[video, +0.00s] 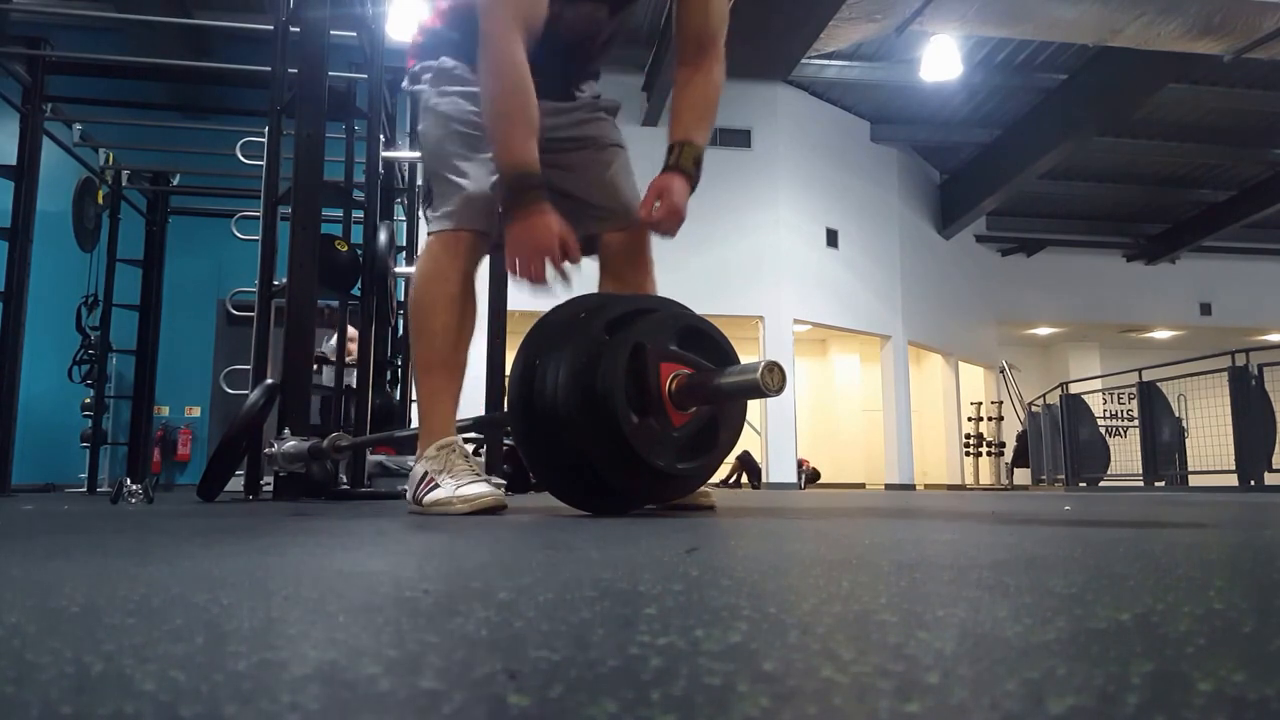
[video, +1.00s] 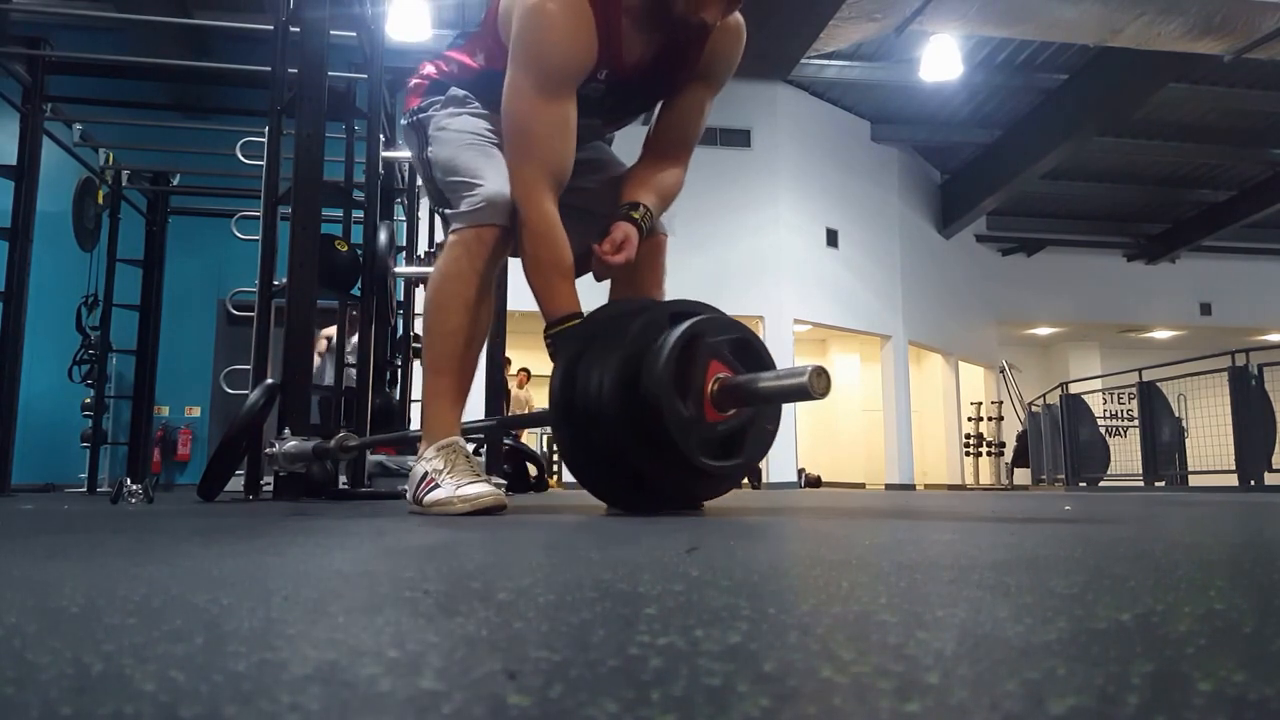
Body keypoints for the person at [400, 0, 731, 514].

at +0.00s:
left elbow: (702, 54)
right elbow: (502, 34)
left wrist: (681, 167)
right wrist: (524, 195)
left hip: (566, 84)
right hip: (463, 65)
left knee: (627, 232)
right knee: (463, 223)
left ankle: (648, 456)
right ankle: (437, 453)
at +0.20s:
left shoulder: (704, 4)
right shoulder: (533, 5)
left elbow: (666, 107)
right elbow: (523, 138)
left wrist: (634, 200)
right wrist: (542, 304)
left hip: (571, 111)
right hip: (461, 85)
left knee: (638, 235)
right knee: (473, 203)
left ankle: (645, 455)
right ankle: (438, 453)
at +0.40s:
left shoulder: (721, 19)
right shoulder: (547, 10)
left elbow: (666, 144)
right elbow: (524, 167)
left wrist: (622, 219)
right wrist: (546, 318)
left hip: (578, 118)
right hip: (467, 92)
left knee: (650, 237)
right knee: (479, 210)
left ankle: (646, 457)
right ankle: (438, 453)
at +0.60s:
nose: (721, 5)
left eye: (730, 3)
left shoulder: (729, 27)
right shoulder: (557, 11)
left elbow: (673, 154)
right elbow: (531, 171)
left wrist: (635, 215)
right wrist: (554, 323)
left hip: (579, 122)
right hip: (471, 96)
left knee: (651, 237)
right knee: (488, 209)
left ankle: (646, 453)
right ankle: (438, 453)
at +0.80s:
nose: (722, 9)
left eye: (734, 3)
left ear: (742, 3)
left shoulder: (728, 31)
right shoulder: (559, 12)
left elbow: (671, 155)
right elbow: (535, 180)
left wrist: (635, 215)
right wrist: (561, 331)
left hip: (579, 124)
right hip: (471, 98)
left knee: (649, 238)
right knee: (490, 208)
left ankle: (646, 453)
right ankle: (439, 453)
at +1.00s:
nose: (718, 11)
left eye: (730, 3)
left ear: (738, 2)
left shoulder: (724, 32)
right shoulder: (558, 14)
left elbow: (668, 155)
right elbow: (536, 191)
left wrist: (634, 214)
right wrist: (570, 345)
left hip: (572, 122)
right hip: (464, 98)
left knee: (646, 238)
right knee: (491, 207)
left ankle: (641, 453)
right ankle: (440, 453)